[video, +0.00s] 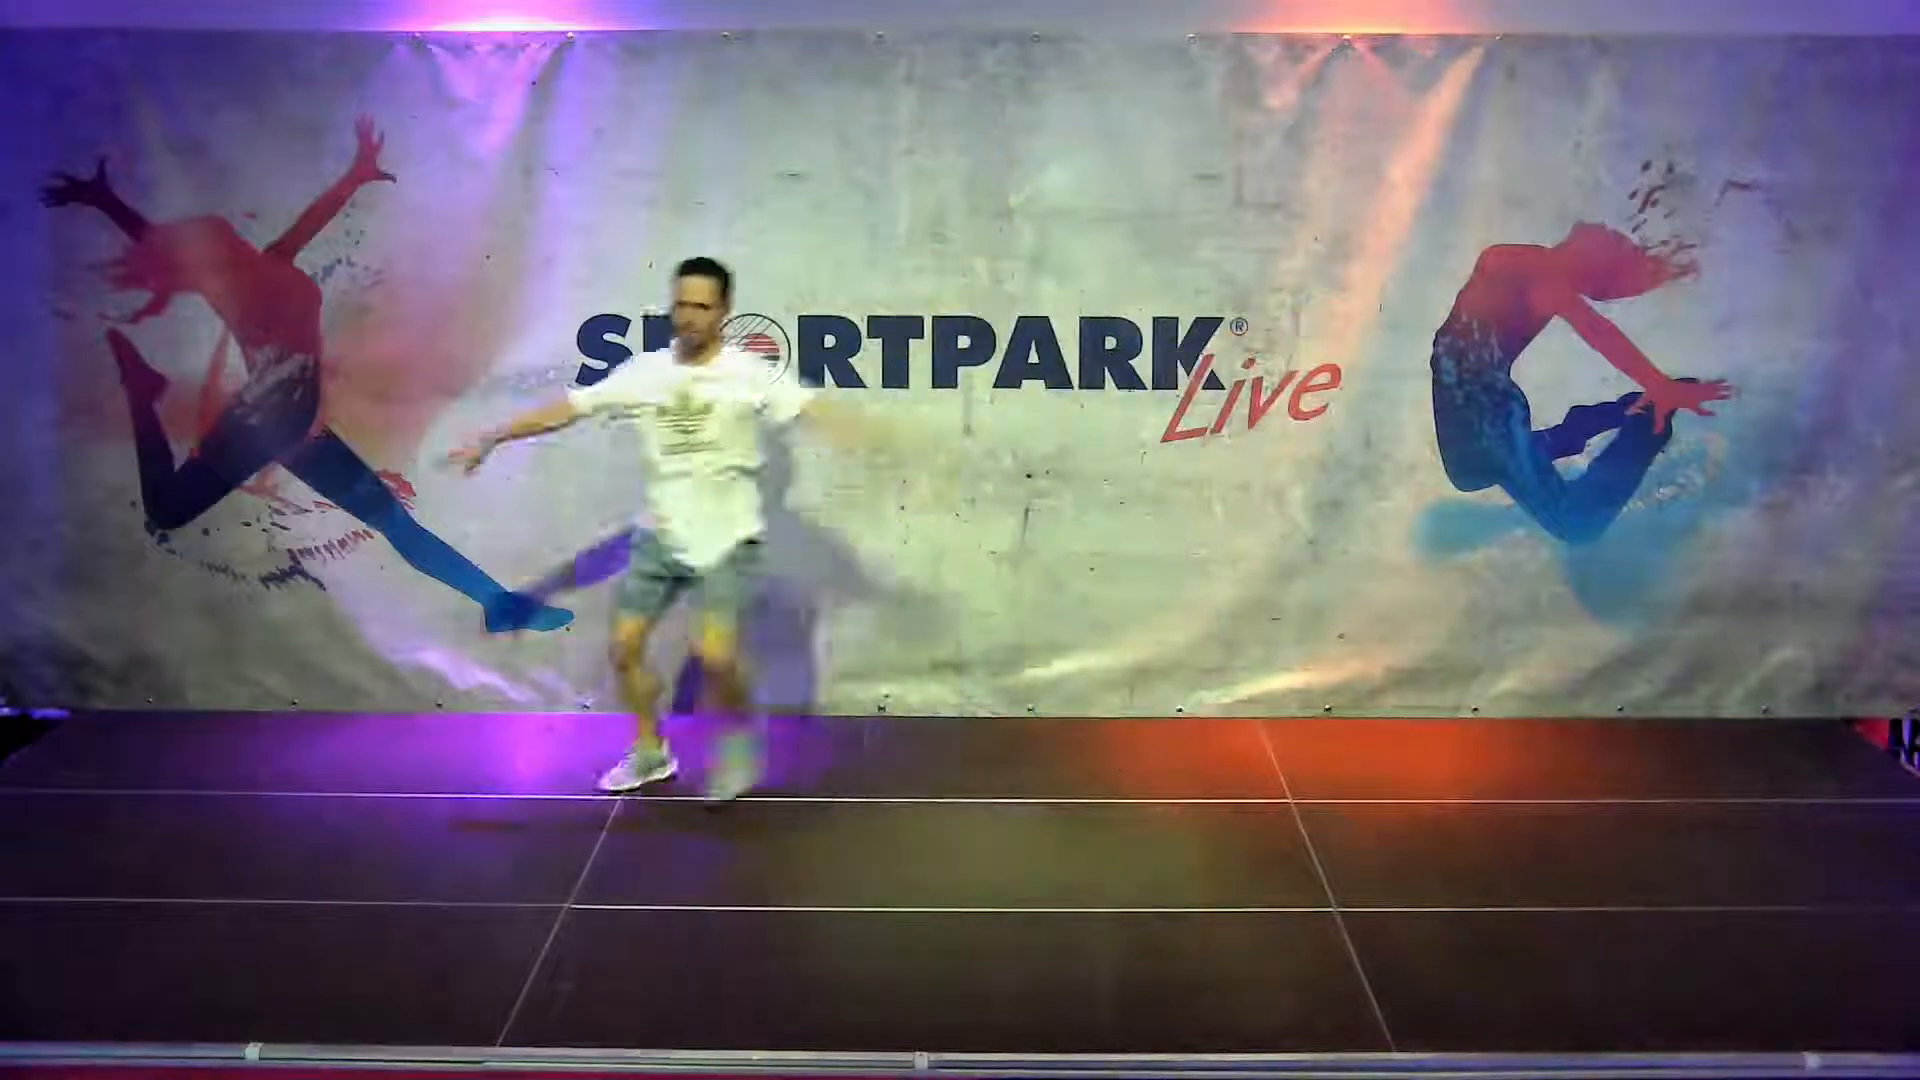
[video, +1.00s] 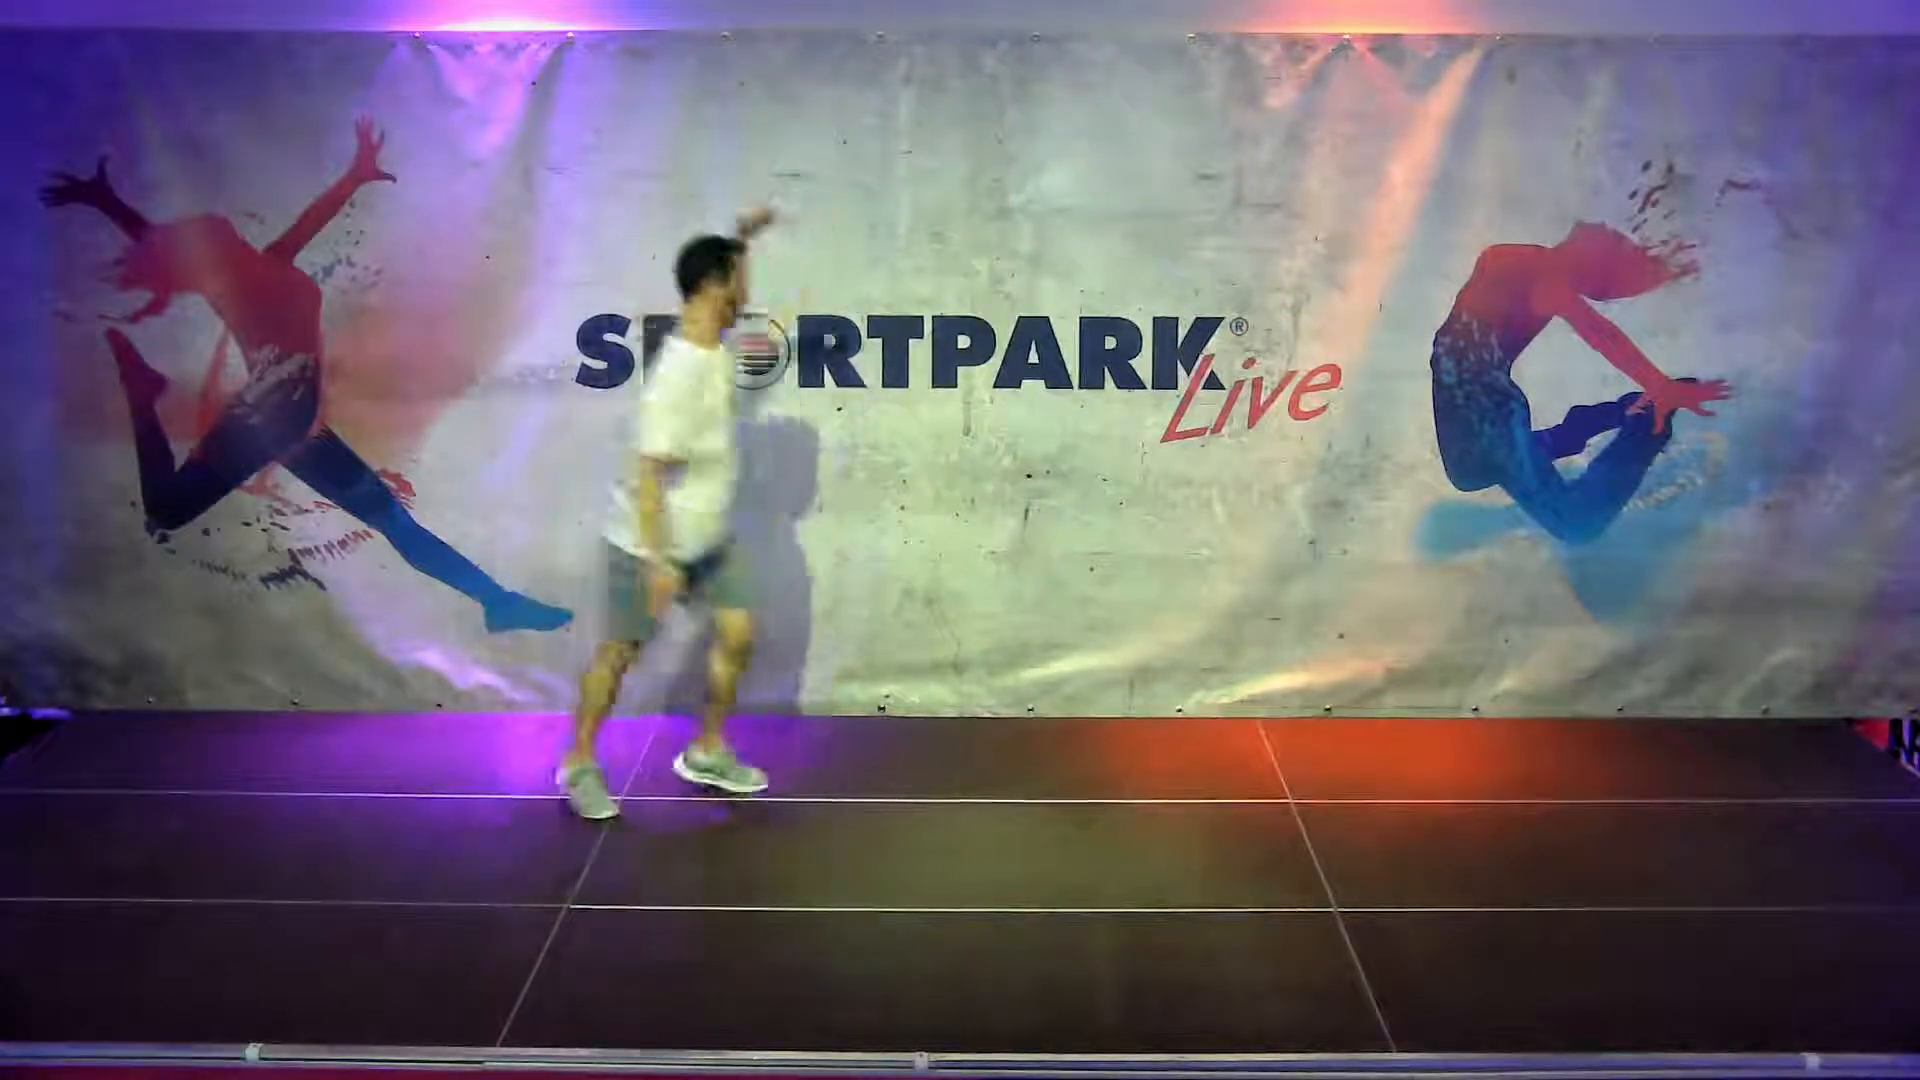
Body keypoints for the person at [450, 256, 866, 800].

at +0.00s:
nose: (687, 316)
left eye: (700, 307)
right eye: (681, 305)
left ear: (724, 313)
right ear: (672, 308)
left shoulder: (750, 375)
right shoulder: (646, 372)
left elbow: (817, 413)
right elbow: (571, 408)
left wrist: (879, 438)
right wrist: (494, 437)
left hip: (730, 536)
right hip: (662, 533)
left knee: (714, 652)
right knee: (625, 645)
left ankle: (740, 741)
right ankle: (650, 752)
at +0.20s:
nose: (636, 337)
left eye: (651, 328)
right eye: (631, 325)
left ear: (678, 338)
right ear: (625, 329)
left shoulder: (675, 407)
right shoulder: (618, 392)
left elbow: (646, 495)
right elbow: (564, 425)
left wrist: (571, 493)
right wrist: (526, 446)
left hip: (659, 565)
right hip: (607, 558)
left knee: (600, 667)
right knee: (572, 654)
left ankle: (562, 818)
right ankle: (652, 754)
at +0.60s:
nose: (618, 320)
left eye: (633, 313)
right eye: (615, 308)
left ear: (659, 326)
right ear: (607, 309)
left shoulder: (645, 386)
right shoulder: (591, 376)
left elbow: (650, 481)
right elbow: (527, 417)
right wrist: (514, 401)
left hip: (609, 553)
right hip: (571, 549)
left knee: (561, 672)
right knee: (531, 656)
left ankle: (558, 825)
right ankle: (620, 771)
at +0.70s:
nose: (656, 294)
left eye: (666, 286)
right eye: (648, 281)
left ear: (674, 295)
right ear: (620, 279)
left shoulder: (679, 358)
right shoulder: (574, 341)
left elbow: (725, 443)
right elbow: (526, 416)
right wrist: (565, 439)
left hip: (640, 531)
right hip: (576, 527)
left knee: (613, 658)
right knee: (565, 648)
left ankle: (586, 801)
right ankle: (626, 770)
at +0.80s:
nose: (694, 278)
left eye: (698, 267)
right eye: (685, 266)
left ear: (691, 270)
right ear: (646, 265)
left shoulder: (701, 340)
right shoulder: (589, 336)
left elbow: (779, 370)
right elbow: (553, 427)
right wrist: (589, 494)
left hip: (666, 515)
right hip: (593, 511)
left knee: (657, 640)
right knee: (592, 643)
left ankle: (650, 775)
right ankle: (606, 764)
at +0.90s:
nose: (726, 283)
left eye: (725, 272)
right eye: (717, 271)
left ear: (708, 277)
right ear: (682, 273)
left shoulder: (713, 347)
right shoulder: (631, 353)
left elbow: (759, 314)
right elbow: (602, 451)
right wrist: (621, 531)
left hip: (694, 525)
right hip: (626, 527)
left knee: (713, 633)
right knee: (604, 643)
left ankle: (694, 753)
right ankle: (578, 762)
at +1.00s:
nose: (744, 289)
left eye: (742, 277)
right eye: (737, 278)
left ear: (702, 287)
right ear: (713, 286)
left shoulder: (712, 349)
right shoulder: (677, 369)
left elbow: (728, 290)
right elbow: (650, 469)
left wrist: (745, 239)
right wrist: (658, 557)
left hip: (704, 528)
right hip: (648, 533)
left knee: (737, 632)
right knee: (619, 649)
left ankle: (709, 748)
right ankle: (580, 761)